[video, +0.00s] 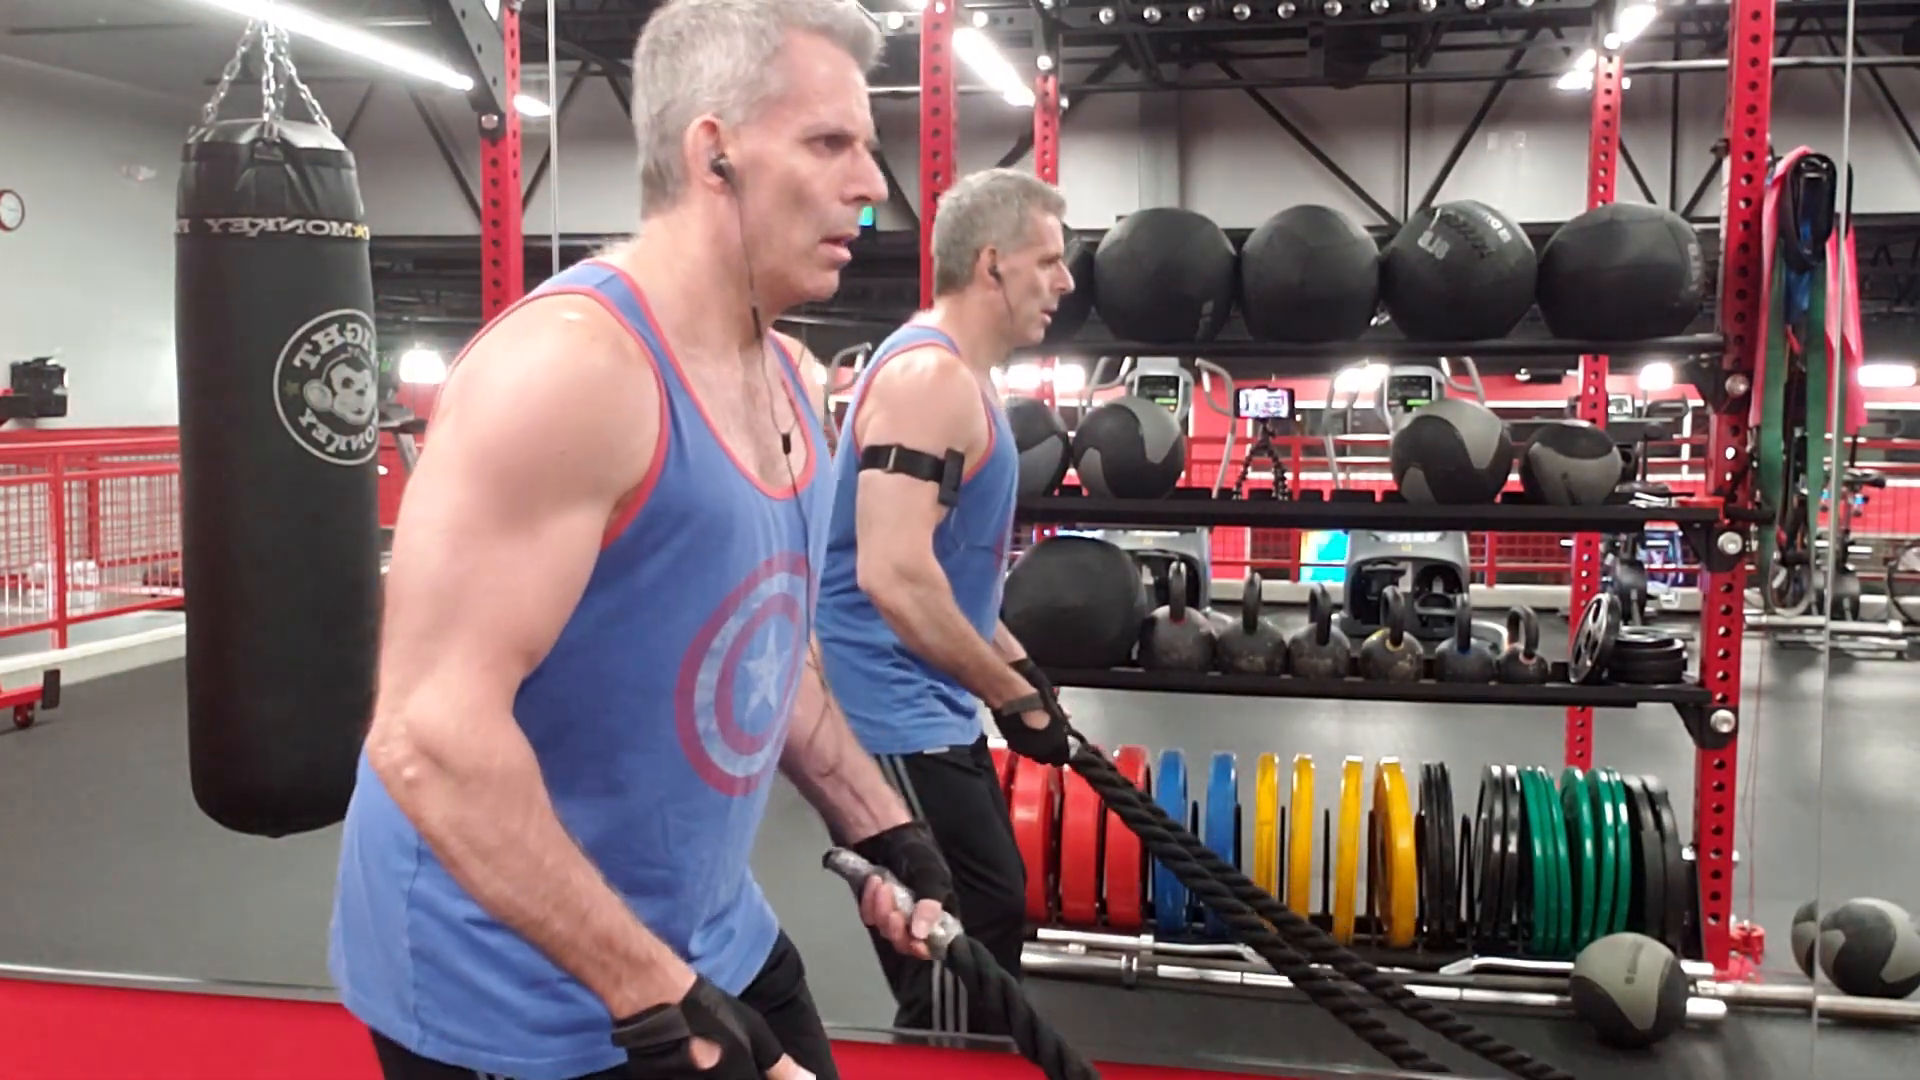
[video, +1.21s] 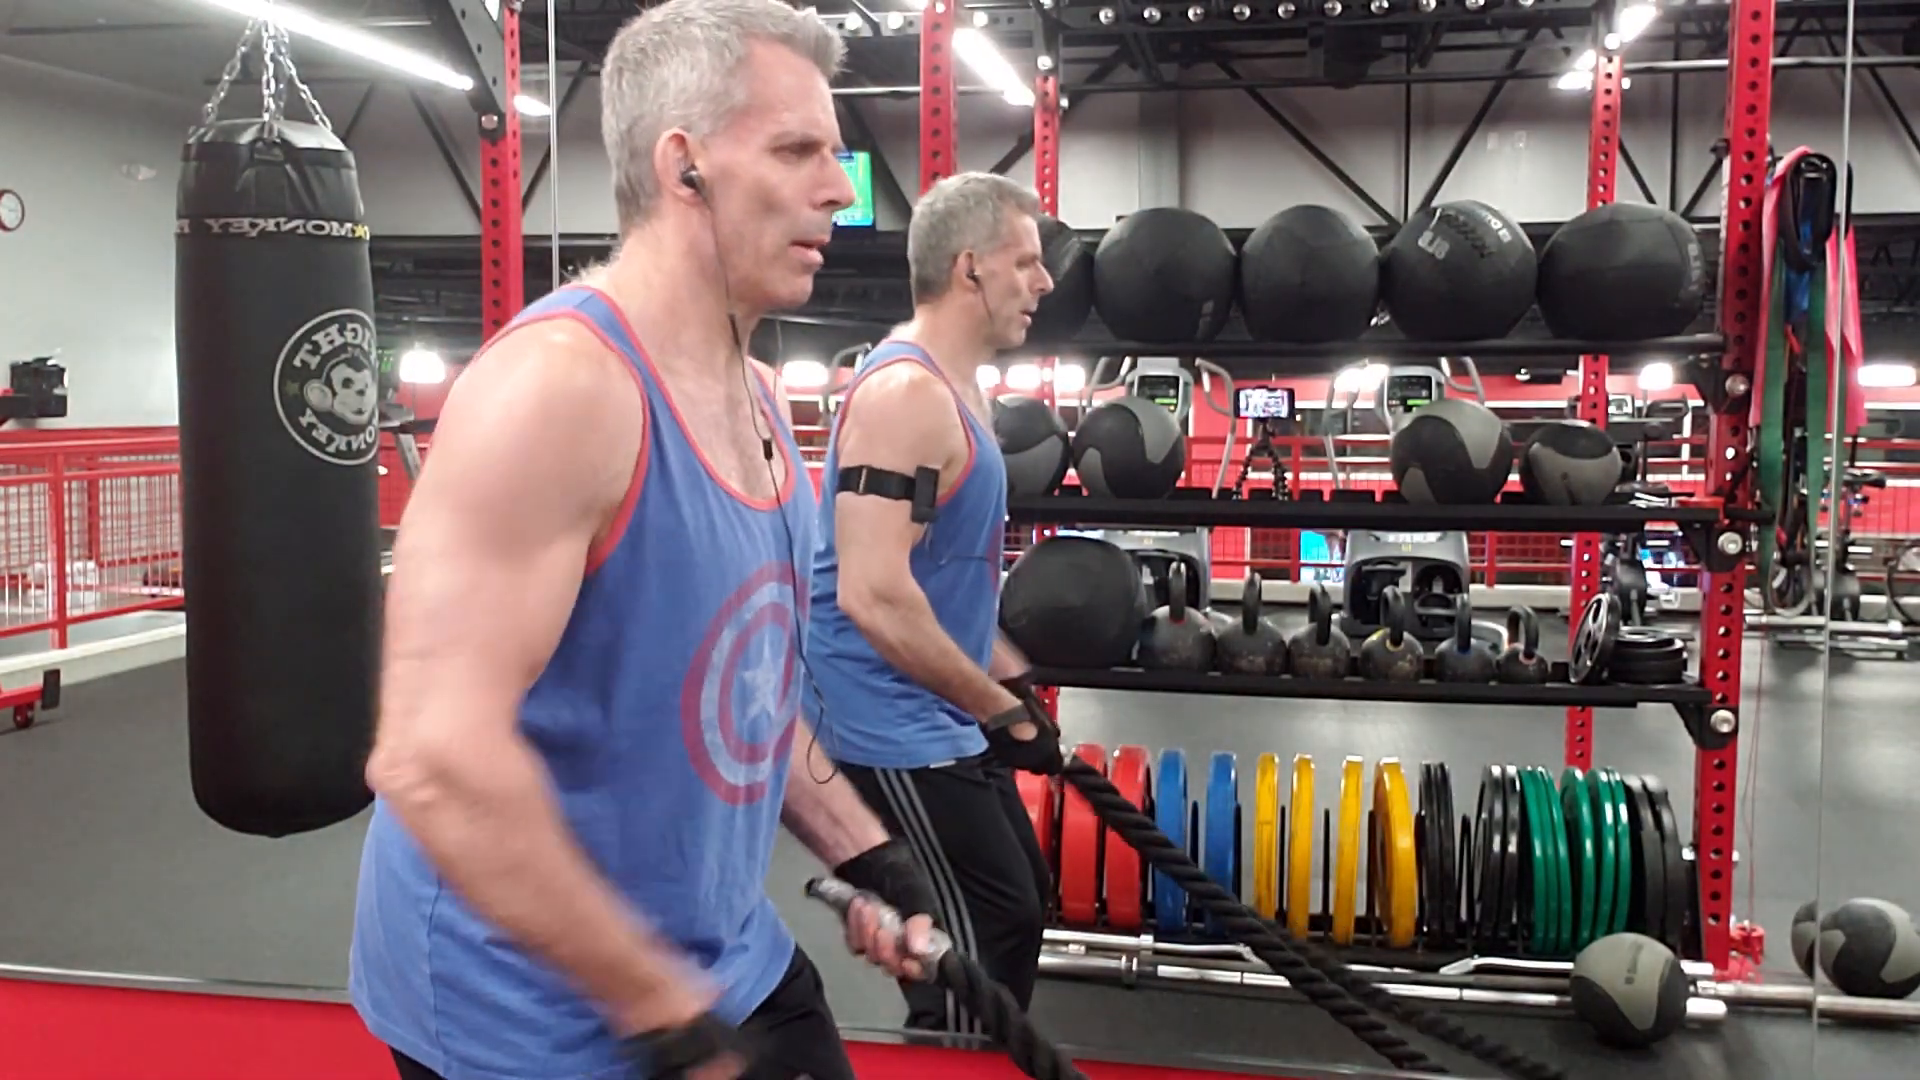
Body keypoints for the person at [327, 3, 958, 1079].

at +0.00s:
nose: (872, 185)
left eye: (867, 149)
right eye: (832, 142)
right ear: (714, 153)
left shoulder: (790, 380)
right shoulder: (561, 368)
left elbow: (762, 648)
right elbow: (431, 732)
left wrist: (883, 836)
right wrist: (651, 991)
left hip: (715, 934)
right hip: (513, 991)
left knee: (801, 1071)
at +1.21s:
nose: (839, 189)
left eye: (835, 153)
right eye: (797, 149)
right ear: (682, 165)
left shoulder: (751, 393)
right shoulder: (553, 383)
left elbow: (739, 686)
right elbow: (432, 754)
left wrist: (870, 865)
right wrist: (674, 1017)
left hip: (733, 959)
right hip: (533, 1017)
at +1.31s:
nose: (819, 189)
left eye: (817, 155)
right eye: (781, 149)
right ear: (666, 158)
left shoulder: (746, 388)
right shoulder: (533, 367)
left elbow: (730, 696)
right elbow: (533, 723)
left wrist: (827, 891)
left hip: (722, 947)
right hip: (541, 986)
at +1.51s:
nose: (815, 206)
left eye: (812, 168)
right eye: (775, 164)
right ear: (658, 175)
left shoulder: (741, 388)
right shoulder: (516, 383)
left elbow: (752, 673)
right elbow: (581, 740)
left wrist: (857, 855)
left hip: (697, 924)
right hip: (516, 967)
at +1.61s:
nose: (818, 209)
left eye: (814, 172)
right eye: (779, 169)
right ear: (663, 176)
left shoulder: (729, 374)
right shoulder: (529, 396)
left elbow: (784, 611)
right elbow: (506, 788)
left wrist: (969, 687)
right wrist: (733, 1026)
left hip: (695, 913)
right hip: (514, 979)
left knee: (793, 1049)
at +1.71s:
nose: (817, 216)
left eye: (812, 180)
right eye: (779, 178)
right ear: (658, 185)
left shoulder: (742, 386)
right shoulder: (523, 389)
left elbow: (811, 624)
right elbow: (524, 762)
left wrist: (1017, 625)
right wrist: (784, 913)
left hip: (705, 961)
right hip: (519, 1004)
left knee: (815, 1065)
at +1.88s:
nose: (817, 239)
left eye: (812, 201)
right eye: (776, 200)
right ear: (656, 207)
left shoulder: (765, 404)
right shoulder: (493, 404)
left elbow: (803, 660)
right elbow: (588, 751)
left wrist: (922, 862)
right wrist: (878, 688)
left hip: (708, 922)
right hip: (510, 965)